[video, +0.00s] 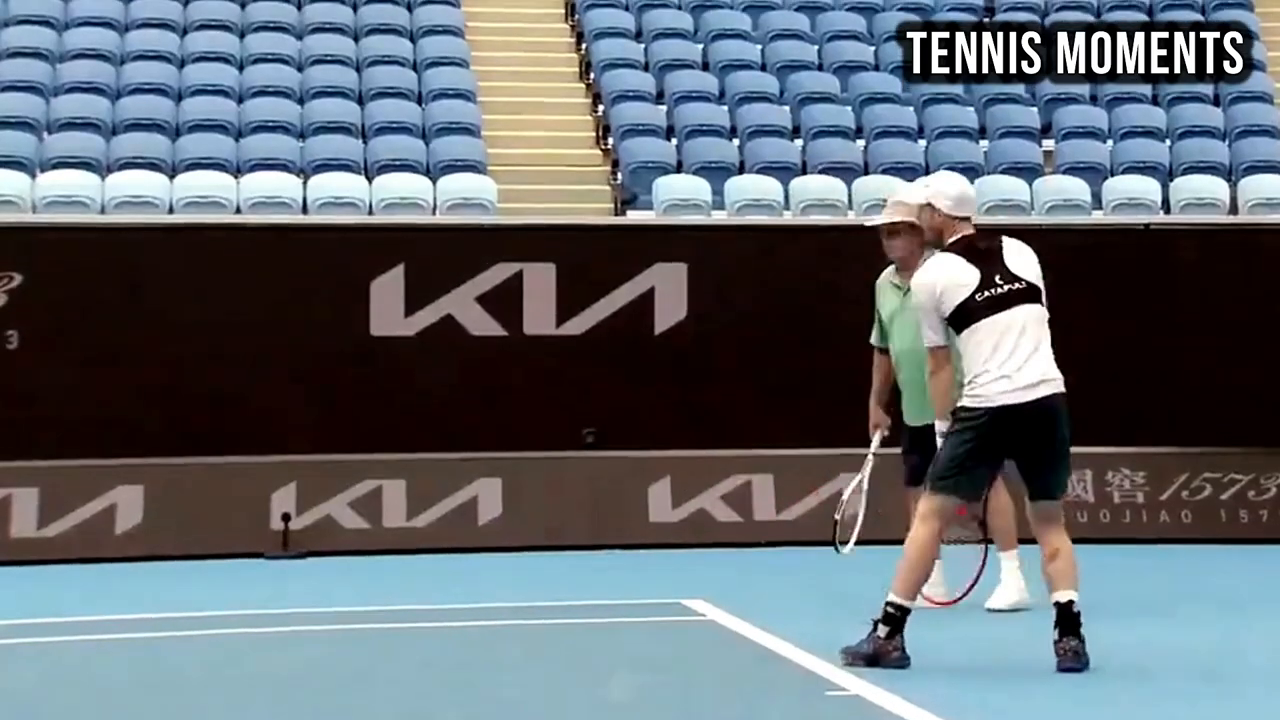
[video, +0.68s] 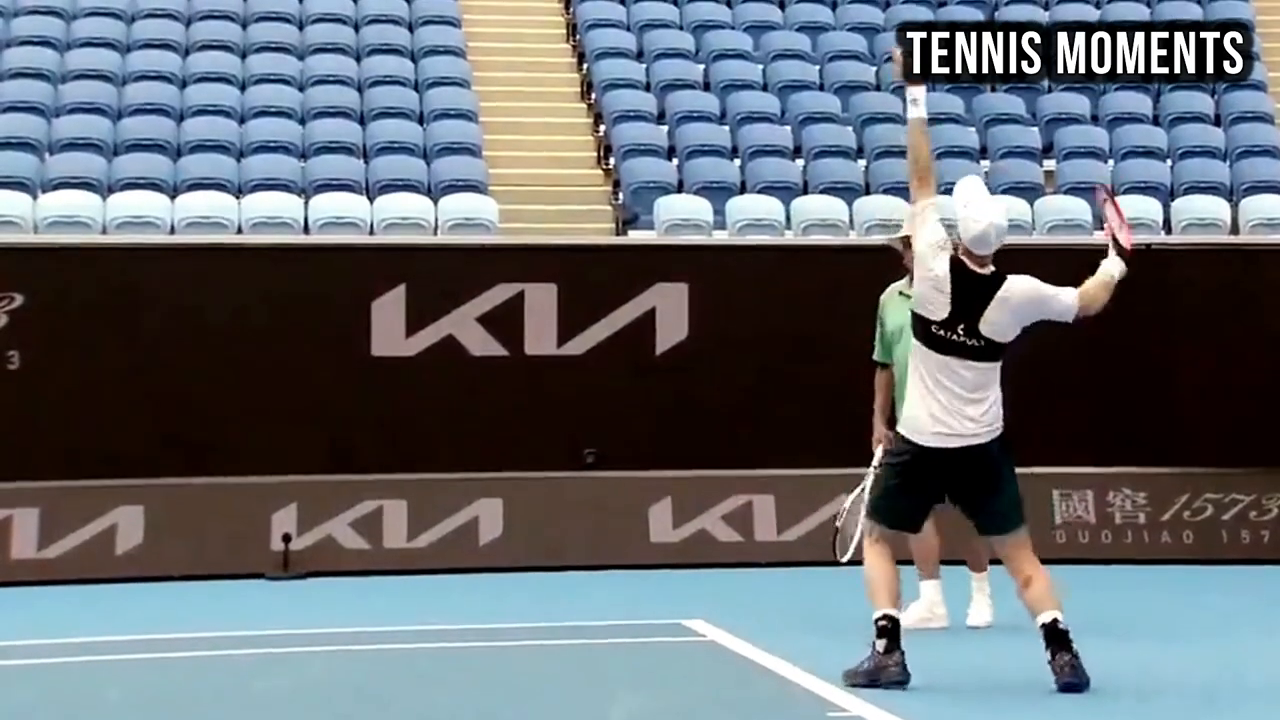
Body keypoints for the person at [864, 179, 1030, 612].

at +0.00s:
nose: (897, 241)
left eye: (906, 230)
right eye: (889, 234)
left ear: (932, 224)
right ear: (882, 239)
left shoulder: (941, 277)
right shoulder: (886, 285)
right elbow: (883, 350)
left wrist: (951, 428)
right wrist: (876, 402)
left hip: (968, 410)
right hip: (915, 416)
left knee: (991, 482)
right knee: (918, 497)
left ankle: (1011, 574)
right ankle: (934, 578)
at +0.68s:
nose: (915, 253)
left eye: (922, 245)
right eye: (909, 245)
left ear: (944, 249)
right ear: (901, 251)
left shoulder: (961, 294)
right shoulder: (892, 298)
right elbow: (884, 366)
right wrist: (880, 420)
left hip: (962, 421)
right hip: (912, 422)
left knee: (970, 509)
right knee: (918, 511)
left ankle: (981, 594)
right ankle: (930, 598)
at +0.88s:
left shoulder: (986, 299)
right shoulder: (912, 293)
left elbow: (1005, 360)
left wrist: (998, 415)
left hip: (972, 429)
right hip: (920, 429)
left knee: (978, 513)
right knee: (926, 521)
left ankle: (980, 599)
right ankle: (930, 598)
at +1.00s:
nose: (946, 250)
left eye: (955, 243)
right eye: (943, 242)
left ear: (973, 250)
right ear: (934, 249)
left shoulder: (994, 291)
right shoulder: (921, 290)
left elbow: (1013, 359)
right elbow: (905, 358)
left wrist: (1007, 416)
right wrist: (900, 415)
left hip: (981, 426)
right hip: (928, 423)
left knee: (984, 510)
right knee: (932, 508)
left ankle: (983, 594)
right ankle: (931, 599)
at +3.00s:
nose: (913, 225)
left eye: (921, 218)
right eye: (912, 219)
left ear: (945, 223)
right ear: (916, 227)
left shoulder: (977, 267)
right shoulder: (906, 274)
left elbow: (995, 330)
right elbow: (898, 342)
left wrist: (992, 382)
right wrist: (893, 395)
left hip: (965, 396)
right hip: (917, 397)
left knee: (972, 481)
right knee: (928, 484)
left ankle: (983, 568)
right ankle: (939, 571)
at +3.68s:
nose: (961, 194)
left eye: (969, 187)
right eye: (958, 188)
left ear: (991, 193)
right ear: (954, 194)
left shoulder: (1020, 239)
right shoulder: (944, 240)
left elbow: (1039, 305)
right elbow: (935, 305)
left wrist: (1036, 361)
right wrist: (931, 356)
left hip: (1006, 368)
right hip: (957, 367)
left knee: (1006, 454)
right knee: (962, 457)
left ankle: (1007, 541)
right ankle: (961, 542)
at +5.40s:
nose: (1005, 215)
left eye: (1012, 205)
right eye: (998, 206)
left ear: (1028, 209)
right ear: (988, 212)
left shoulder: (1050, 252)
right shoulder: (977, 251)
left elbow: (1073, 319)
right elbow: (961, 314)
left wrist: (1075, 377)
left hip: (1038, 382)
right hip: (991, 381)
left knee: (1028, 473)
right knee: (997, 474)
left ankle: (1022, 557)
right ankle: (999, 557)